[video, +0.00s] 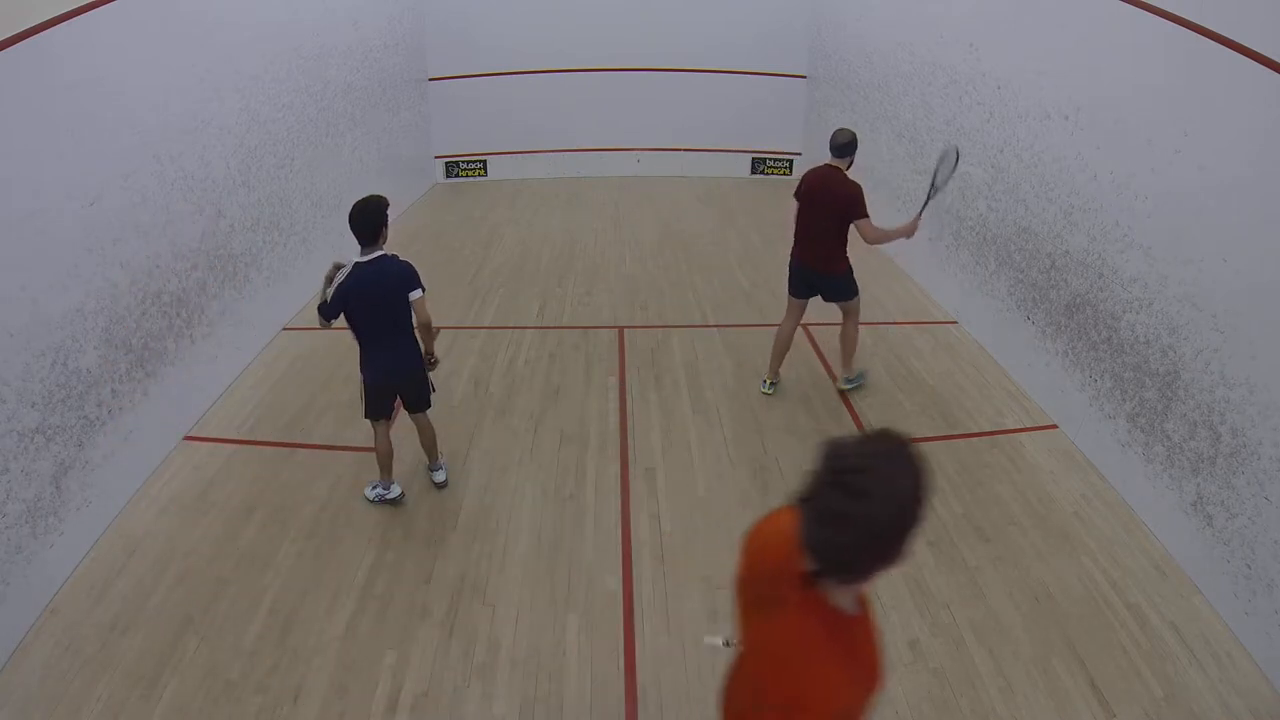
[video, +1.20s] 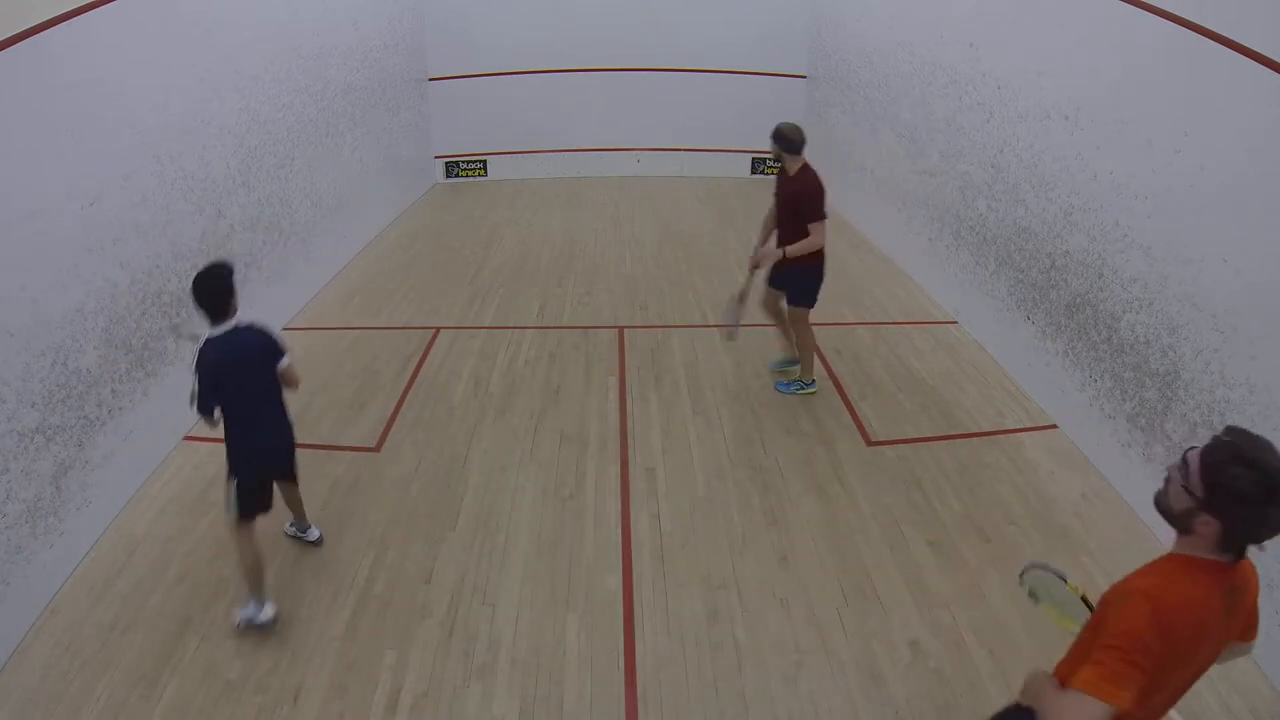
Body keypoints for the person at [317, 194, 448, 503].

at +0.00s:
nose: (389, 226)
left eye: (387, 221)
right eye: (387, 222)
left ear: (354, 233)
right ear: (383, 229)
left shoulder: (347, 280)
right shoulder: (402, 268)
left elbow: (325, 319)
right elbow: (423, 320)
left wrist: (326, 286)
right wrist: (429, 350)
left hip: (374, 370)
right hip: (408, 362)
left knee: (380, 428)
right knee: (420, 417)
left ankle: (387, 486)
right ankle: (436, 468)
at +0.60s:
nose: (349, 250)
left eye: (346, 246)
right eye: (347, 247)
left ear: (316, 258)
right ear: (344, 254)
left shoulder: (318, 305)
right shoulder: (365, 287)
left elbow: (315, 356)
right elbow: (399, 325)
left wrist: (334, 335)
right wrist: (394, 304)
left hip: (347, 384)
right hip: (381, 374)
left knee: (329, 436)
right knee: (410, 416)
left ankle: (331, 500)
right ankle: (434, 464)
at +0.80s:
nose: (303, 266)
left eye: (299, 262)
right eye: (300, 262)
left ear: (270, 276)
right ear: (297, 270)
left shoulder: (271, 322)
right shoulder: (318, 305)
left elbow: (263, 376)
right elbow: (357, 344)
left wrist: (281, 351)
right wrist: (351, 323)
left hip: (307, 403)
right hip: (340, 390)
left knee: (293, 448)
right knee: (381, 428)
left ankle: (321, 505)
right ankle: (423, 463)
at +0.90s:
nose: (281, 258)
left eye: (277, 253)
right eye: (278, 254)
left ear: (247, 267)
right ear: (274, 261)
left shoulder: (247, 316)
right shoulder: (298, 298)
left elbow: (240, 370)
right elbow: (336, 337)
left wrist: (250, 345)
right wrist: (321, 321)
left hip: (282, 401)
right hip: (315, 387)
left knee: (299, 452)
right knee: (346, 434)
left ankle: (320, 504)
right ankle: (377, 481)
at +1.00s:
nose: (263, 251)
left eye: (259, 246)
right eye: (260, 247)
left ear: (227, 260)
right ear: (256, 253)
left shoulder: (229, 306)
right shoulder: (279, 289)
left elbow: (223, 365)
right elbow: (316, 333)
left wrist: (238, 358)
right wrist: (290, 325)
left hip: (263, 397)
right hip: (296, 383)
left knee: (287, 458)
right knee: (313, 444)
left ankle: (304, 514)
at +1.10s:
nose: (247, 267)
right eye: (245, 263)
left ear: (211, 277)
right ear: (244, 268)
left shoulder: (216, 324)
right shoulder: (267, 306)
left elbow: (211, 383)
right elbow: (302, 350)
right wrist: (274, 342)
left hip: (252, 419)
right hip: (286, 406)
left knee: (268, 485)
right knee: (292, 465)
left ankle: (278, 554)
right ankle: (304, 520)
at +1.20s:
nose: (236, 296)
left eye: (226, 293)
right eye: (234, 291)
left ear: (201, 307)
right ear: (233, 298)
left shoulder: (208, 355)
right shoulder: (259, 337)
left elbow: (209, 415)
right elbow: (291, 380)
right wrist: (260, 373)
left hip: (245, 451)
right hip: (279, 437)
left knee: (244, 525)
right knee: (287, 478)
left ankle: (259, 603)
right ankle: (304, 526)